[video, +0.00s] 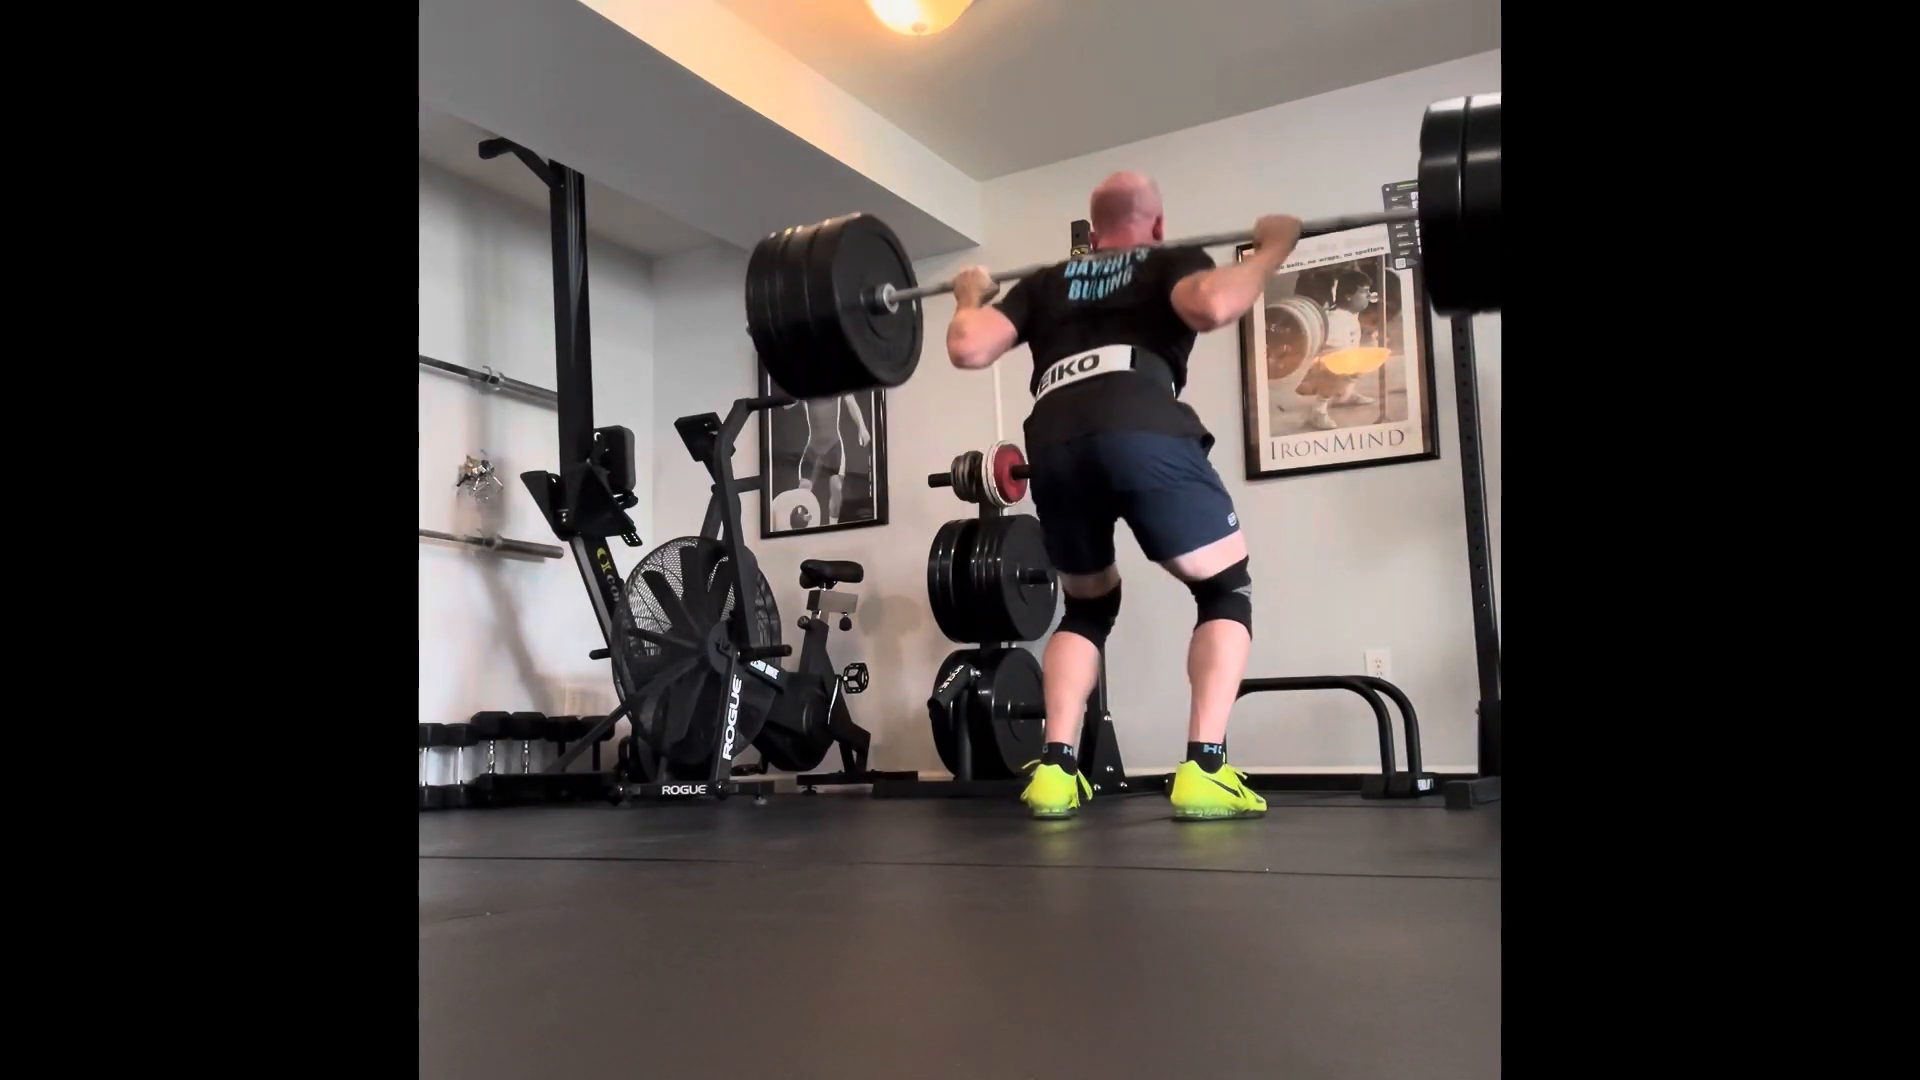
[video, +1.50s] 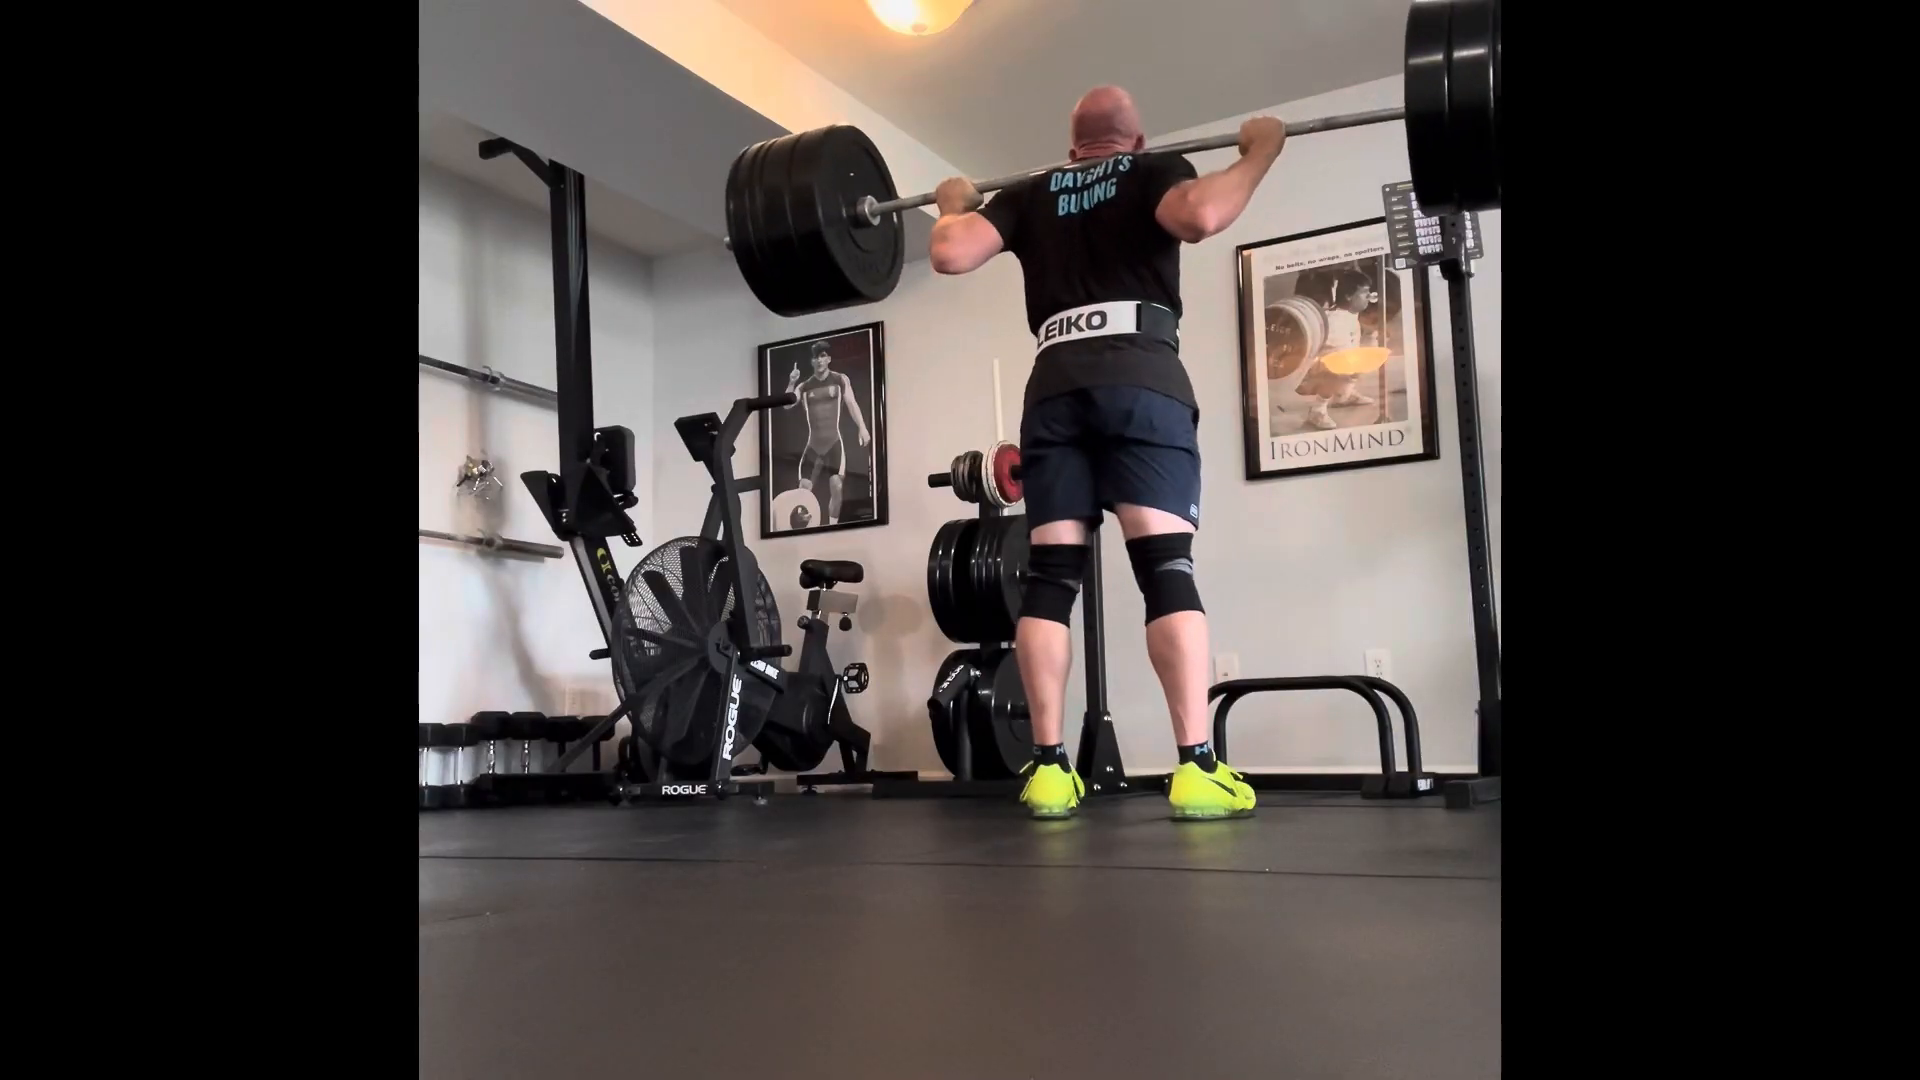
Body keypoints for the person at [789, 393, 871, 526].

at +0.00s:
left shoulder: (838, 390)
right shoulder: (804, 393)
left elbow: (851, 404)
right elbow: (786, 405)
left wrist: (862, 428)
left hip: (834, 444)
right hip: (813, 445)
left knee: (836, 485)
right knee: (804, 485)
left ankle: (833, 526)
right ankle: (800, 525)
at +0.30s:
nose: (819, 361)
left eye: (823, 356)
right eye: (816, 357)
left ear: (829, 359)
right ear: (811, 361)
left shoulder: (840, 380)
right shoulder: (803, 387)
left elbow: (852, 405)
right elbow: (787, 405)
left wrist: (862, 429)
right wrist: (791, 384)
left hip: (834, 442)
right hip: (813, 444)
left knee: (835, 484)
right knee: (804, 485)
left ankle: (832, 528)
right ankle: (802, 527)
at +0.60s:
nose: (819, 361)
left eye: (823, 356)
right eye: (816, 357)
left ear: (829, 359)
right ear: (811, 361)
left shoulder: (840, 380)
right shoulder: (803, 386)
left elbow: (851, 404)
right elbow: (787, 405)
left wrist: (862, 428)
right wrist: (791, 383)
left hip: (834, 443)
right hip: (813, 444)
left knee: (836, 485)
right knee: (804, 486)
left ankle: (832, 528)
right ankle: (803, 528)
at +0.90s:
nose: (820, 361)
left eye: (823, 357)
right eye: (816, 357)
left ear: (829, 359)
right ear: (812, 361)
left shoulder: (840, 380)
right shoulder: (803, 386)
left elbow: (851, 405)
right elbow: (787, 406)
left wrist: (862, 428)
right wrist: (791, 384)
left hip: (834, 442)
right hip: (813, 444)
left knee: (836, 484)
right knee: (804, 485)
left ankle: (832, 528)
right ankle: (802, 528)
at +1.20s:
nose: (820, 361)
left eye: (823, 357)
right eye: (816, 357)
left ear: (829, 359)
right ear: (811, 361)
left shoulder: (840, 380)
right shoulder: (803, 386)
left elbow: (851, 405)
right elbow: (787, 405)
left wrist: (862, 428)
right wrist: (791, 384)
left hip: (834, 442)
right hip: (813, 444)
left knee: (836, 484)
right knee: (804, 485)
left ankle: (832, 528)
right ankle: (802, 528)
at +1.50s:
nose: (819, 361)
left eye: (823, 356)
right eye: (816, 357)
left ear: (829, 359)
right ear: (811, 361)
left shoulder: (840, 380)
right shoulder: (803, 386)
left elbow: (851, 405)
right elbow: (787, 406)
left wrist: (862, 428)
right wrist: (791, 384)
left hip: (834, 442)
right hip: (813, 443)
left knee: (835, 484)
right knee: (804, 485)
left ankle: (832, 528)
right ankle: (803, 528)